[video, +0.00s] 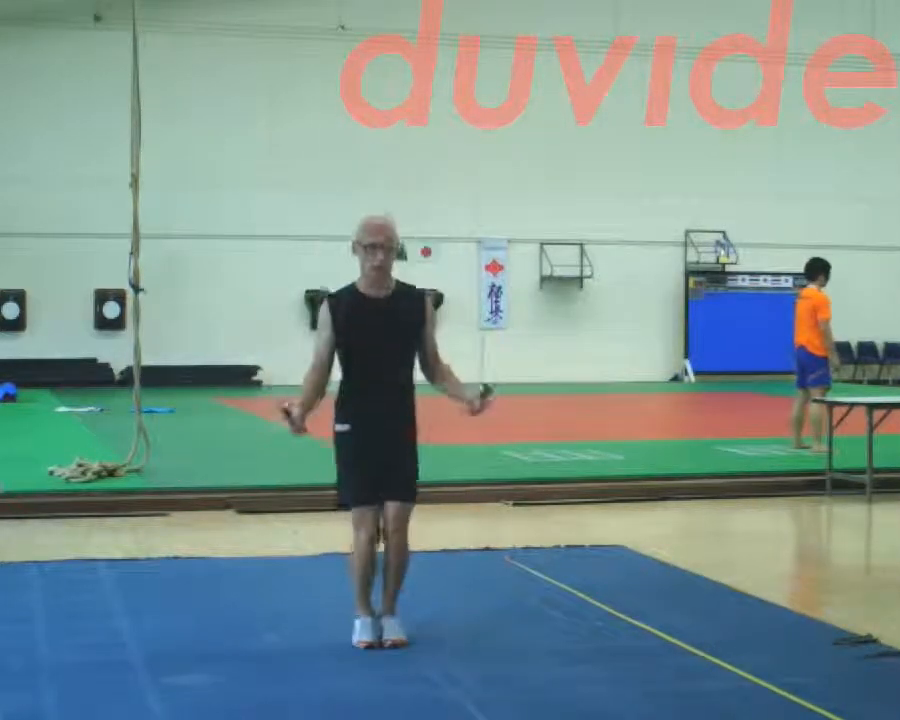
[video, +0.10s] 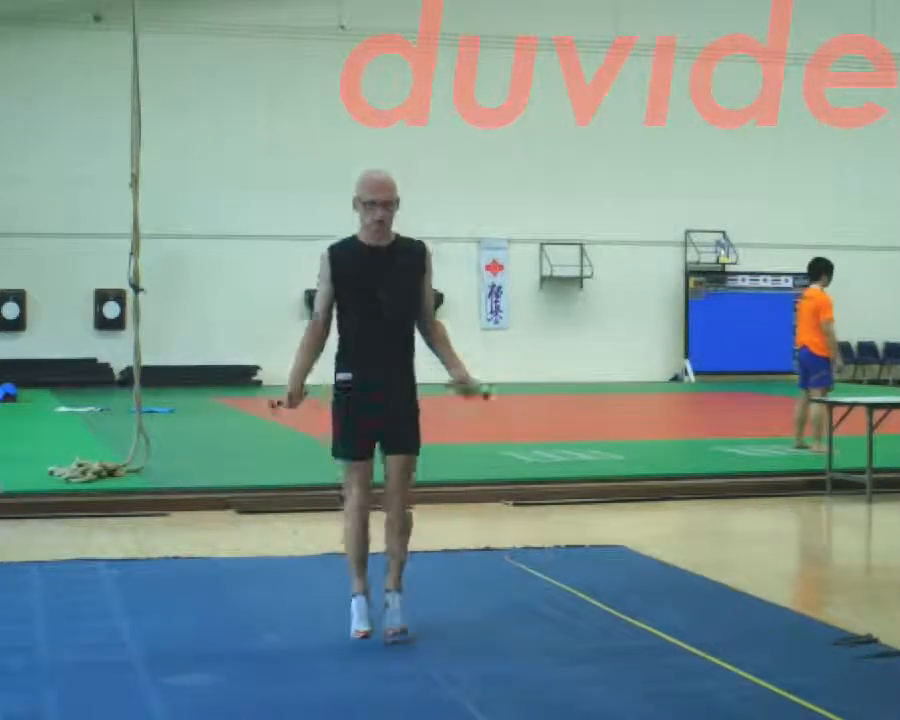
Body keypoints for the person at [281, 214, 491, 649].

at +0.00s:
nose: (377, 256)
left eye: (384, 248)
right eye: (369, 248)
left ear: (396, 251)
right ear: (355, 251)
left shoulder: (418, 303)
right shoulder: (336, 306)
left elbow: (433, 365)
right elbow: (320, 368)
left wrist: (465, 395)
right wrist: (301, 408)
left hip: (399, 420)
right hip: (354, 421)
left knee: (396, 521)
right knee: (366, 523)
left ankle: (389, 614)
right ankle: (363, 615)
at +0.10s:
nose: (380, 214)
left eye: (388, 206)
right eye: (371, 206)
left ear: (398, 207)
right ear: (356, 207)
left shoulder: (416, 254)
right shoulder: (336, 257)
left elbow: (428, 322)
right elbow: (318, 325)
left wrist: (458, 370)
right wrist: (296, 380)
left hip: (400, 385)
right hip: (353, 386)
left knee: (400, 497)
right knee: (359, 497)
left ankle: (393, 594)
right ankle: (359, 596)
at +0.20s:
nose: (377, 191)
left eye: (386, 183)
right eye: (368, 182)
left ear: (397, 183)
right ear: (355, 183)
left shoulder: (417, 230)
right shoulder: (334, 233)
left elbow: (430, 296)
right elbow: (318, 298)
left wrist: (457, 346)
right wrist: (301, 351)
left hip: (398, 351)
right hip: (352, 351)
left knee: (399, 448)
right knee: (361, 449)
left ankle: (390, 553)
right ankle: (358, 555)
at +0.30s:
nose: (377, 191)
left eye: (385, 184)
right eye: (369, 184)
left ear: (398, 183)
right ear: (356, 184)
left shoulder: (418, 232)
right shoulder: (335, 233)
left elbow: (436, 295)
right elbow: (315, 302)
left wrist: (461, 353)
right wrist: (291, 363)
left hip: (396, 351)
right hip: (349, 351)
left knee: (397, 449)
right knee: (361, 445)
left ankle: (388, 550)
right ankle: (358, 548)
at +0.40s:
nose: (375, 208)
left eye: (384, 200)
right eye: (367, 199)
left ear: (397, 201)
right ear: (355, 201)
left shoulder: (417, 250)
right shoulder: (333, 253)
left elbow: (432, 313)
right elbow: (313, 316)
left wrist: (465, 360)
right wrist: (290, 369)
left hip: (395, 370)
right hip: (348, 370)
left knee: (396, 458)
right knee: (360, 460)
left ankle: (388, 570)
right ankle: (356, 573)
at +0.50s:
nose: (374, 249)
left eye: (382, 240)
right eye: (366, 240)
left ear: (396, 243)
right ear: (355, 242)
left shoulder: (415, 294)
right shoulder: (333, 294)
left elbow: (427, 358)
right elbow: (318, 358)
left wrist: (466, 382)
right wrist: (302, 391)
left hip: (395, 417)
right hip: (348, 417)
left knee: (393, 520)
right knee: (359, 521)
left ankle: (382, 615)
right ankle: (348, 614)